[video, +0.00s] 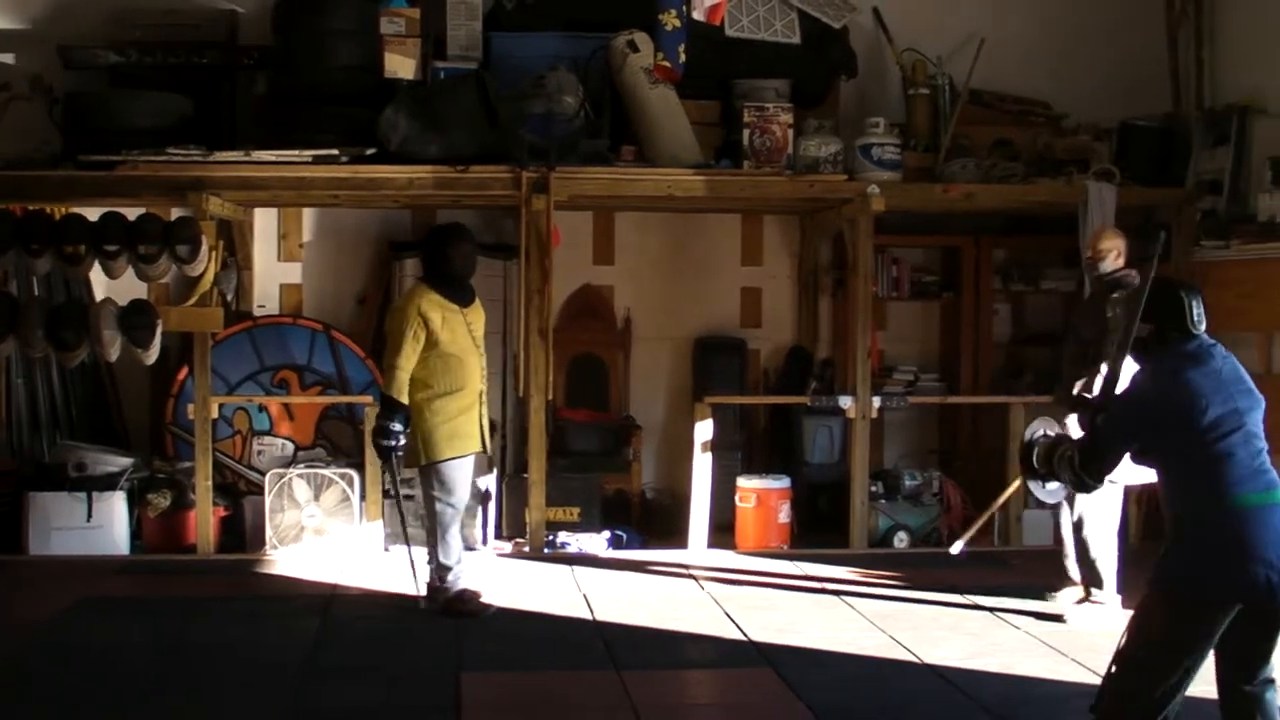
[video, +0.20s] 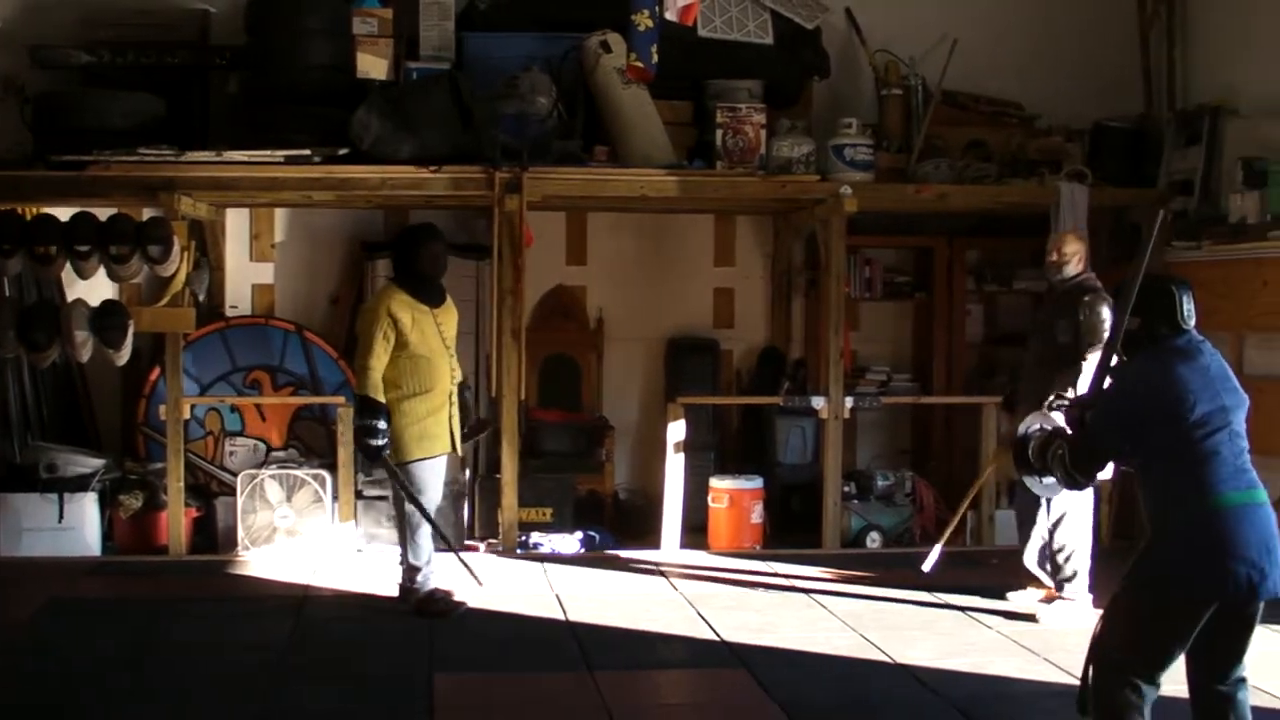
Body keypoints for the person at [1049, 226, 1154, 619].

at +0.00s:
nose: (1092, 259)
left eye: (1100, 254)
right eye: (1090, 253)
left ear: (1120, 255)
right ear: (1090, 255)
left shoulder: (1128, 291)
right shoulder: (1094, 292)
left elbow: (1118, 351)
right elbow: (1079, 342)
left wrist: (1094, 394)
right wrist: (1068, 387)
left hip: (1110, 409)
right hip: (1078, 406)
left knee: (1100, 500)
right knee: (1071, 497)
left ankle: (1104, 588)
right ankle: (1077, 578)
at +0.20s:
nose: (1052, 259)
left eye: (1060, 253)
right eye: (1050, 253)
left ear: (1080, 257)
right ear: (1048, 257)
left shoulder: (1091, 299)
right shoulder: (1050, 297)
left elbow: (1094, 359)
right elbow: (1038, 354)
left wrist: (1063, 399)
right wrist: (1015, 396)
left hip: (1071, 414)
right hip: (1038, 411)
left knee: (1069, 503)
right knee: (1035, 498)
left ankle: (1075, 592)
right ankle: (1046, 579)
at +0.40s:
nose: (1014, 261)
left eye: (1021, 255)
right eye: (1009, 255)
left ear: (1041, 256)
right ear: (1004, 260)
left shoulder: (1055, 293)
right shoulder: (1003, 301)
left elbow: (1059, 352)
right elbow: (985, 350)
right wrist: (971, 392)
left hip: (1049, 409)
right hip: (1005, 405)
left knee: (1055, 499)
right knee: (1012, 495)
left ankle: (1057, 587)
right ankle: (1020, 578)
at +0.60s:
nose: (991, 259)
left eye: (998, 253)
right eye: (986, 254)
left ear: (1016, 256)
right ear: (980, 259)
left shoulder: (1029, 296)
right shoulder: (978, 302)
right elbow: (956, 355)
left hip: (1025, 411)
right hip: (980, 410)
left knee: (1034, 490)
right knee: (980, 492)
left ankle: (1047, 573)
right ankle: (987, 575)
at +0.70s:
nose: (984, 256)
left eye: (992, 249)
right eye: (980, 250)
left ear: (1009, 255)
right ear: (973, 255)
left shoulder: (1020, 301)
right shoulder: (971, 302)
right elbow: (956, 356)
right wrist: (937, 375)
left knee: (981, 501)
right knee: (971, 500)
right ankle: (976, 574)